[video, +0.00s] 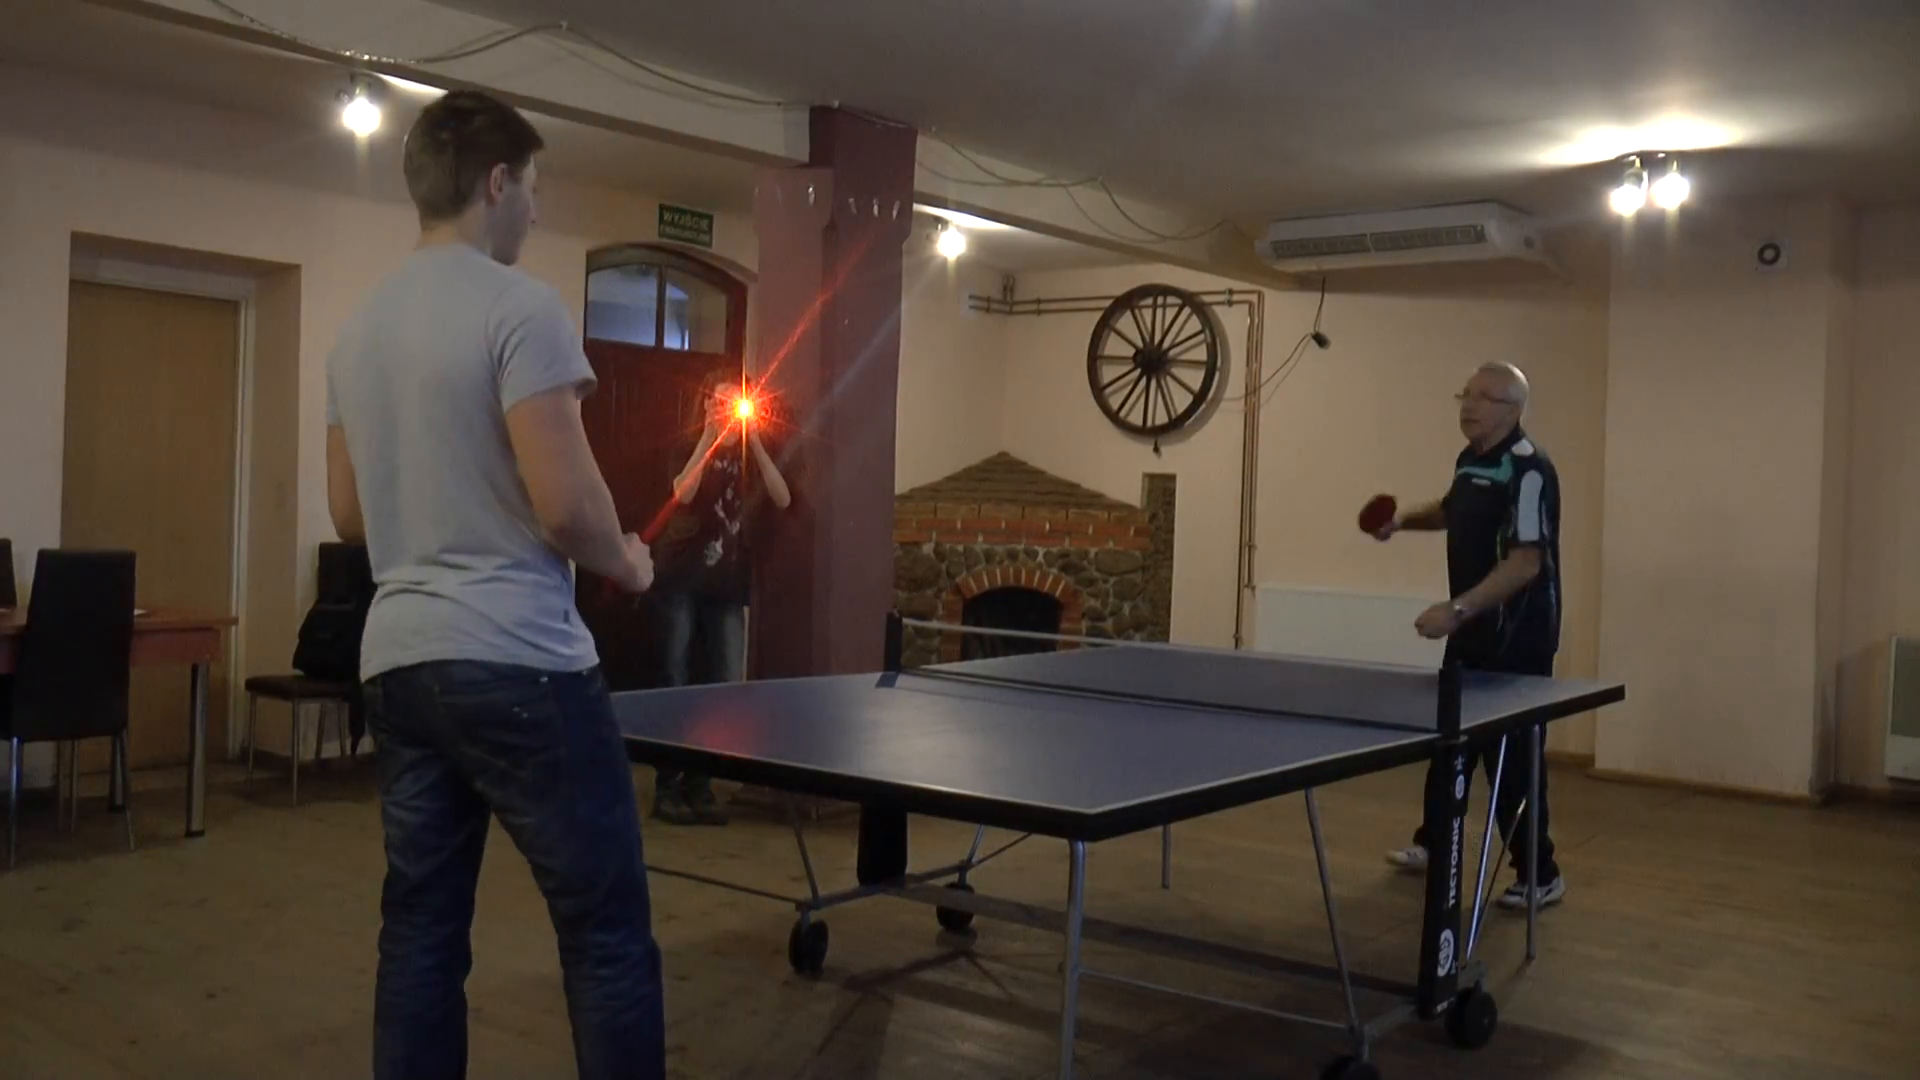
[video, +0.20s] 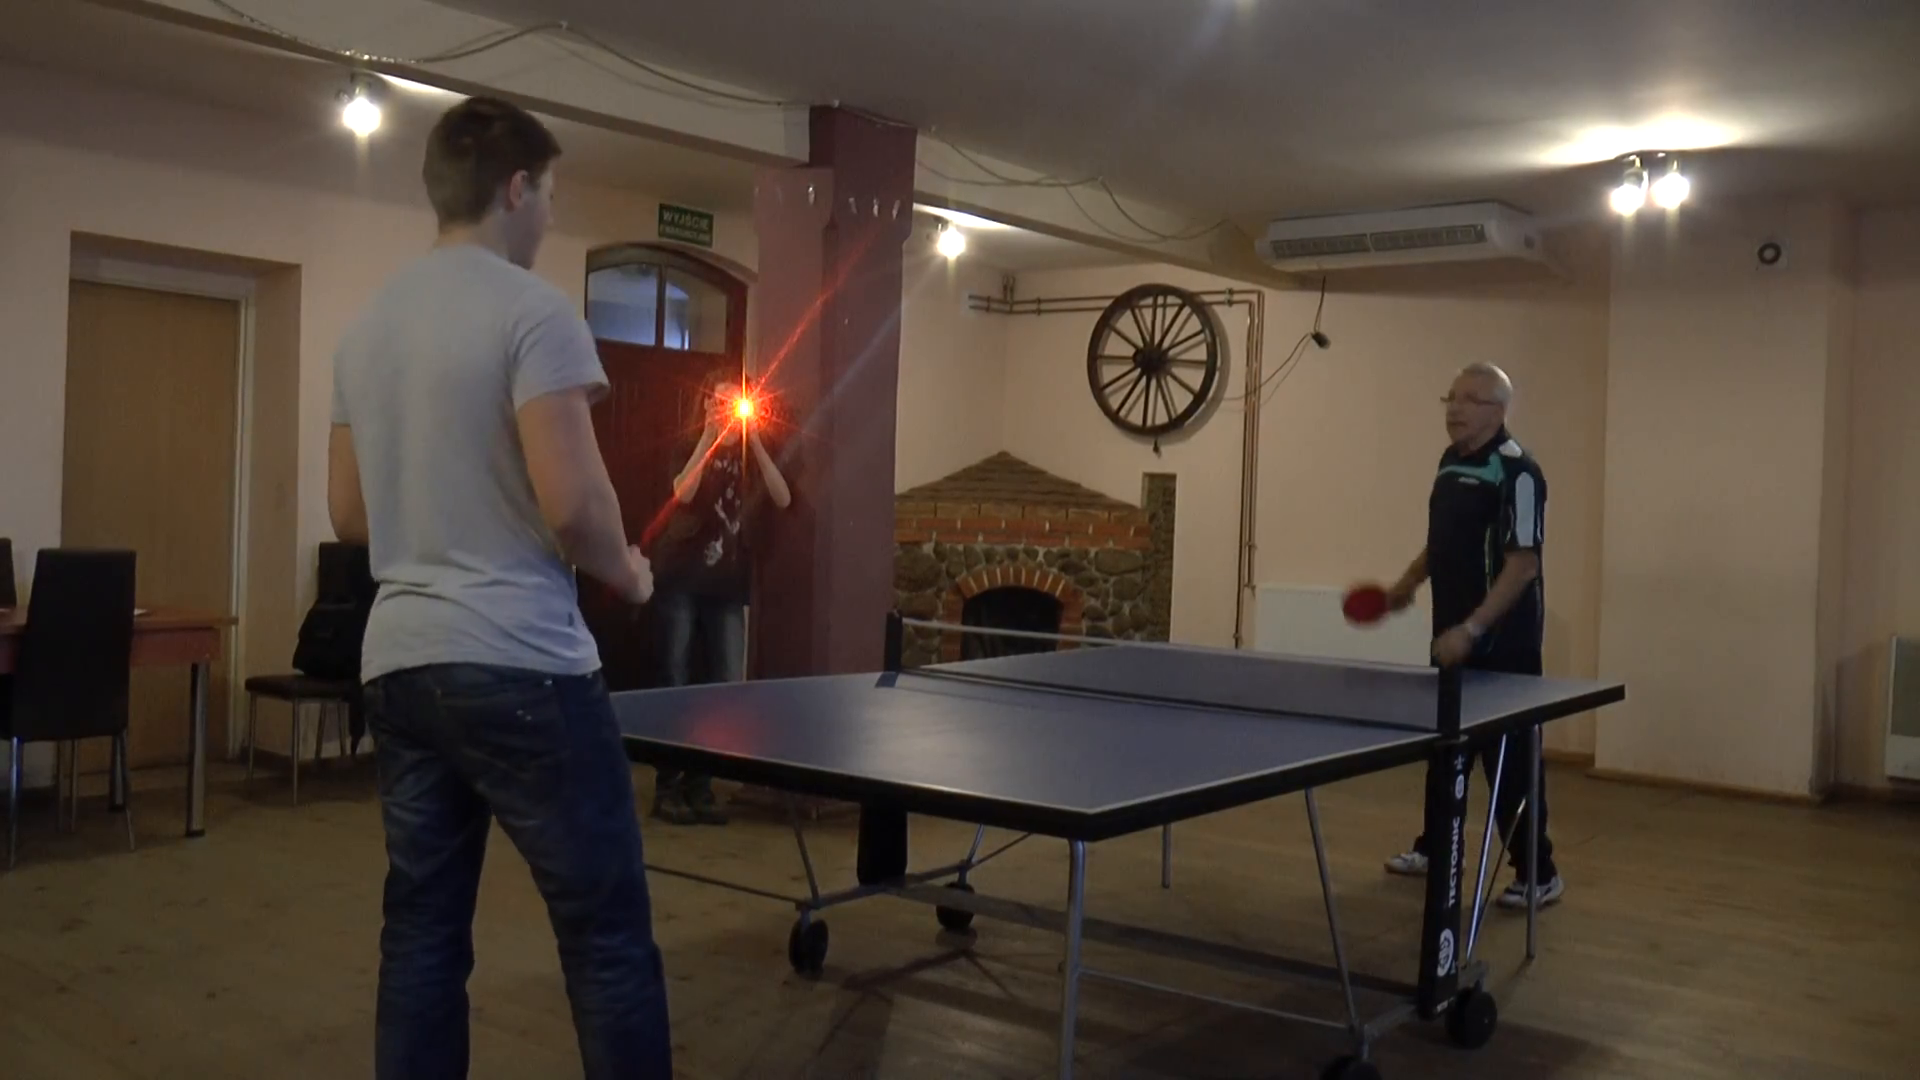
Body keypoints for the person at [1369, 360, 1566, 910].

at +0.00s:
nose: (1466, 405)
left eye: (1480, 398)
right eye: (1465, 396)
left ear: (1512, 411)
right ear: (1468, 402)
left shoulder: (1530, 471)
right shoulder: (1471, 460)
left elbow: (1526, 562)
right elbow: (1451, 512)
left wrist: (1458, 608)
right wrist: (1401, 518)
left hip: (1517, 642)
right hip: (1471, 632)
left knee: (1514, 759)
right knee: (1451, 741)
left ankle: (1539, 873)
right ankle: (1436, 842)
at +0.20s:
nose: (1455, 411)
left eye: (1469, 404)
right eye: (1451, 401)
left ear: (1500, 413)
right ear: (1447, 405)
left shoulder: (1518, 472)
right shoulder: (1451, 464)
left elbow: (1523, 565)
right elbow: (1442, 542)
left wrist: (1468, 627)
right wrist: (1404, 586)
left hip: (1506, 645)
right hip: (1454, 637)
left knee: (1510, 760)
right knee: (1445, 747)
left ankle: (1537, 871)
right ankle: (1437, 846)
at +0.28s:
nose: (1446, 409)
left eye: (1460, 401)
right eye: (1444, 399)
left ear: (1489, 411)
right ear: (1441, 405)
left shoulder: (1512, 473)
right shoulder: (1441, 463)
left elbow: (1521, 567)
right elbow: (1436, 554)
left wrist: (1489, 642)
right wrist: (1407, 618)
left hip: (1497, 642)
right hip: (1444, 634)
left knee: (1505, 758)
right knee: (1437, 748)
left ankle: (1536, 871)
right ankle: (1436, 847)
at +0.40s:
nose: (1440, 408)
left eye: (1454, 400)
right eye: (1436, 399)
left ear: (1481, 410)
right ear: (1430, 404)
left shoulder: (1503, 471)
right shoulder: (1430, 461)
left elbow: (1512, 565)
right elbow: (1425, 548)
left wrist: (1486, 634)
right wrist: (1412, 617)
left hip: (1490, 636)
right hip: (1437, 629)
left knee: (1503, 755)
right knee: (1435, 745)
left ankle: (1530, 869)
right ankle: (1435, 846)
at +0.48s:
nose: (1437, 411)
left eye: (1451, 403)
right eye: (1433, 401)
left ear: (1478, 410)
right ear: (1428, 406)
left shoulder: (1500, 468)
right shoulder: (1426, 460)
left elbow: (1502, 547)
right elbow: (1416, 540)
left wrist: (1463, 595)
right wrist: (1403, 609)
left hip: (1494, 635)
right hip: (1437, 628)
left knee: (1504, 752)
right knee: (1436, 742)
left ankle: (1527, 867)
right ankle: (1435, 844)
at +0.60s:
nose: (1436, 414)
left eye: (1448, 405)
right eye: (1430, 404)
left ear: (1477, 410)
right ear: (1425, 409)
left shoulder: (1496, 460)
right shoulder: (1424, 462)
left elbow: (1487, 513)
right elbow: (1406, 536)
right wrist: (1382, 599)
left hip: (1491, 632)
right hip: (1433, 629)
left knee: (1503, 753)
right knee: (1436, 744)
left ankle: (1527, 867)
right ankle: (1435, 843)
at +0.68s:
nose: (1427, 413)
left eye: (1436, 405)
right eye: (1426, 404)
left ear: (1474, 410)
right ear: (1429, 407)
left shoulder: (1497, 455)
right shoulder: (1421, 463)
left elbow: (1485, 489)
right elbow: (1401, 536)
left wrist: (1455, 440)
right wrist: (1373, 595)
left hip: (1490, 632)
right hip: (1431, 630)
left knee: (1501, 752)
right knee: (1433, 744)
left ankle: (1527, 867)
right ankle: (1435, 844)